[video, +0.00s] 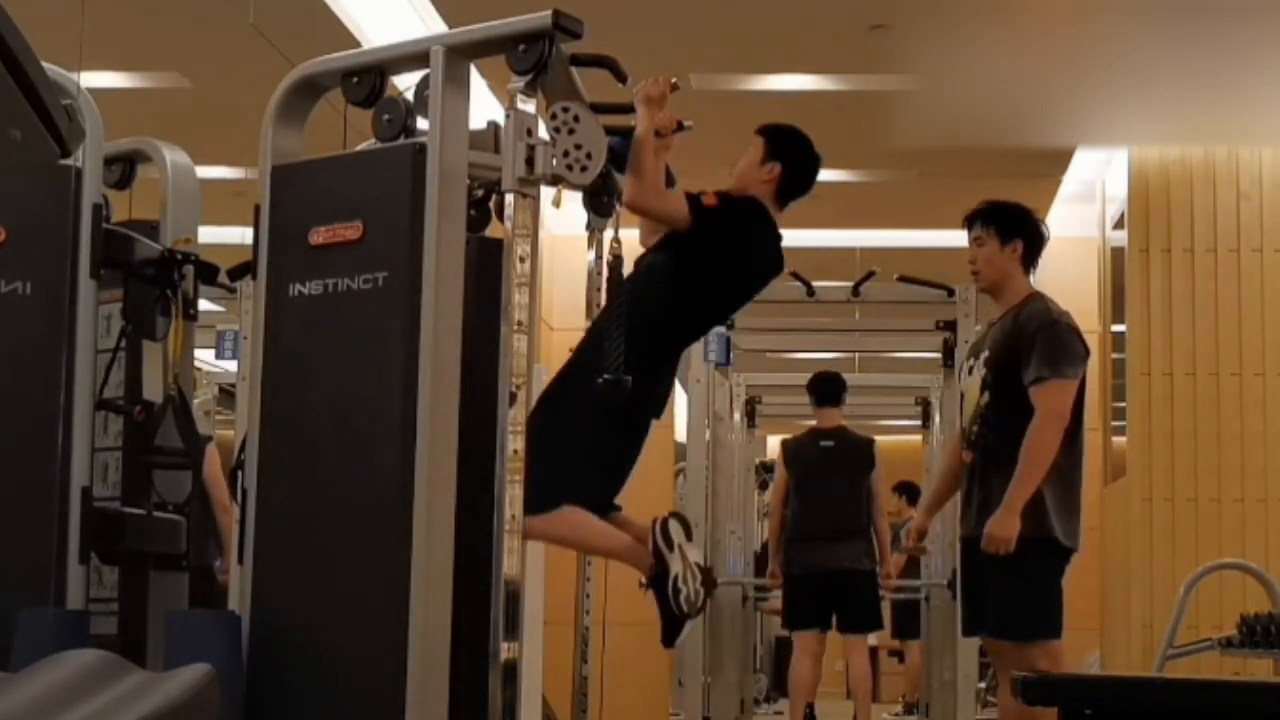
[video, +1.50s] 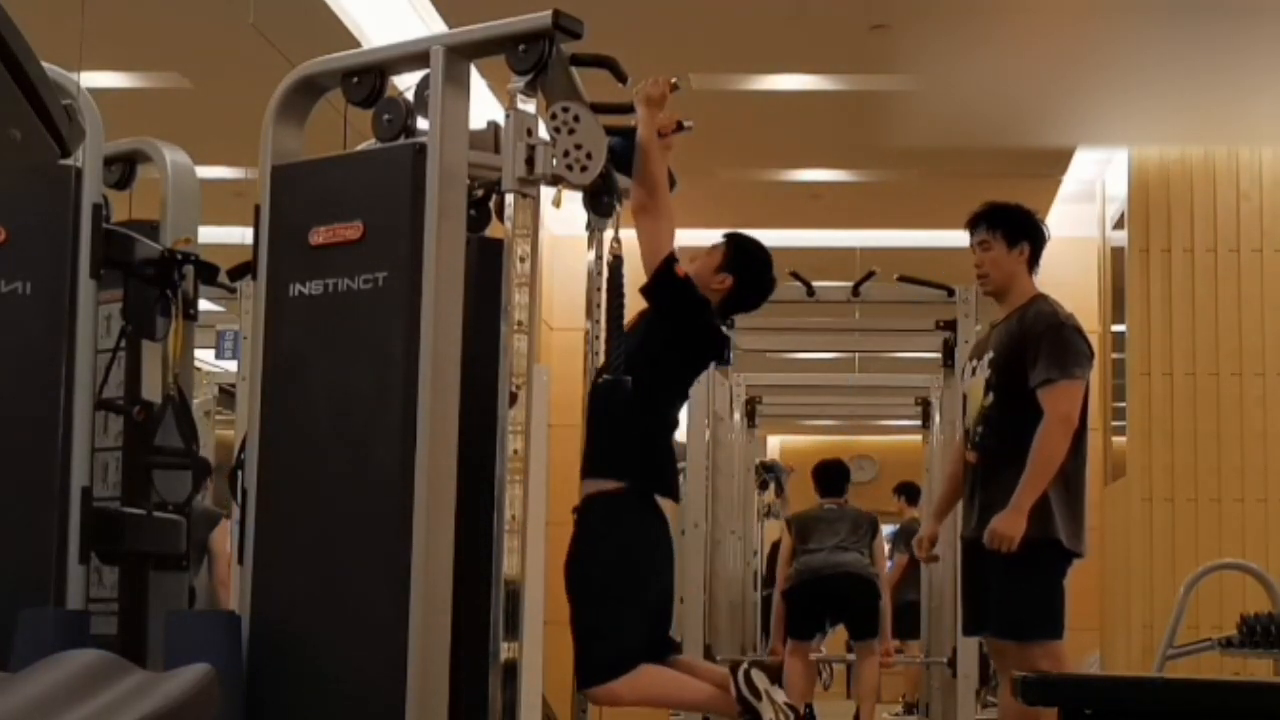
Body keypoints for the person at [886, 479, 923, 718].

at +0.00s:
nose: (892, 503)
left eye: (894, 498)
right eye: (892, 498)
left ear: (904, 499)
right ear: (911, 499)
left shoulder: (909, 525)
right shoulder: (909, 524)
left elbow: (899, 557)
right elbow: (901, 556)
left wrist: (888, 577)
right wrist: (890, 576)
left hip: (908, 590)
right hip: (909, 588)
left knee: (911, 646)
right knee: (911, 647)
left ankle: (911, 700)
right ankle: (913, 699)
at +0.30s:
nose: (893, 502)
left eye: (895, 498)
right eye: (894, 497)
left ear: (903, 499)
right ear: (914, 499)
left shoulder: (906, 525)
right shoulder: (916, 523)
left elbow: (900, 558)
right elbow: (904, 557)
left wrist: (888, 581)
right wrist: (892, 579)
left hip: (906, 590)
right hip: (914, 589)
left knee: (911, 647)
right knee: (913, 647)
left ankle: (911, 700)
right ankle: (913, 699)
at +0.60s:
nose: (893, 502)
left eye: (896, 498)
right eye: (894, 497)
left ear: (903, 499)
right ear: (915, 499)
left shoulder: (906, 527)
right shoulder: (919, 525)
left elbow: (900, 560)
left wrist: (887, 585)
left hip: (909, 594)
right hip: (917, 592)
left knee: (911, 648)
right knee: (914, 648)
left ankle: (911, 701)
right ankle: (914, 699)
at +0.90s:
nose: (894, 503)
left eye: (895, 498)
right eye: (895, 498)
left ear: (903, 499)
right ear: (915, 499)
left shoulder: (905, 528)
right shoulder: (920, 526)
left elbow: (901, 560)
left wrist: (887, 585)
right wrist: (893, 582)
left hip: (909, 595)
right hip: (919, 593)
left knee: (912, 646)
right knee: (917, 646)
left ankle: (911, 701)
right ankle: (915, 699)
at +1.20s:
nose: (894, 504)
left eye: (895, 500)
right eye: (895, 500)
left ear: (902, 500)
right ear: (914, 500)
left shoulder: (908, 528)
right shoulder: (918, 526)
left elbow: (902, 562)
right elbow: (906, 562)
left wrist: (887, 588)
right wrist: (891, 586)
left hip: (910, 596)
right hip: (915, 594)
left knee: (912, 649)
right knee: (913, 649)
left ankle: (910, 701)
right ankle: (913, 700)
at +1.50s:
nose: (894, 504)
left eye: (896, 499)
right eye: (895, 500)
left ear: (902, 500)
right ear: (915, 500)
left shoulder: (906, 528)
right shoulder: (920, 526)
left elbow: (900, 561)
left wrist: (886, 586)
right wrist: (890, 582)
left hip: (909, 596)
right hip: (917, 594)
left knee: (912, 649)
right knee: (912, 649)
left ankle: (910, 701)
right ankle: (912, 699)